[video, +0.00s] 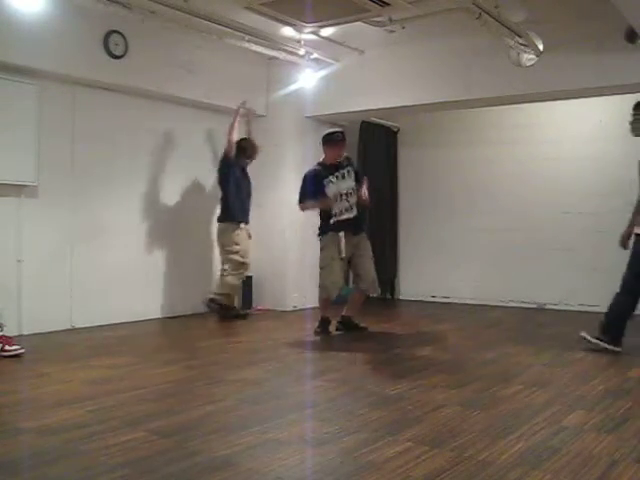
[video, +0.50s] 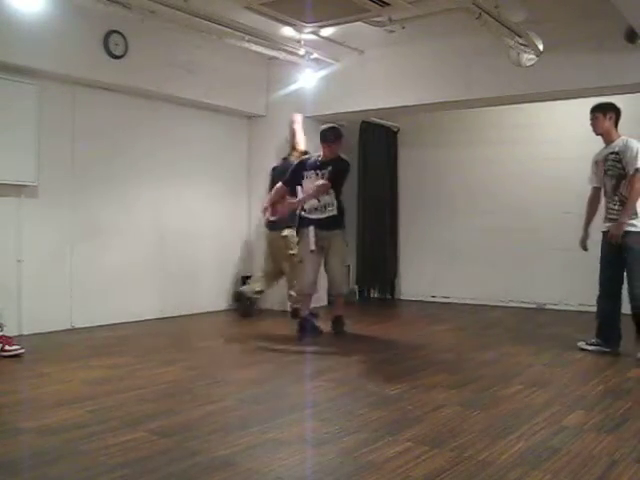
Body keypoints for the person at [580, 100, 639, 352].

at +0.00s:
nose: (633, 123)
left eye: (635, 118)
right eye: (633, 117)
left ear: (639, 120)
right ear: (634, 119)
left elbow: (638, 201)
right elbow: (639, 200)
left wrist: (631, 227)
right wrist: (630, 227)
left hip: (638, 235)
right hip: (638, 234)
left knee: (630, 285)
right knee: (629, 285)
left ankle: (611, 335)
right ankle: (611, 335)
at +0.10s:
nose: (622, 128)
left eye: (625, 121)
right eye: (622, 122)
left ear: (636, 121)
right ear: (632, 122)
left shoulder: (636, 158)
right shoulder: (634, 157)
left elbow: (635, 199)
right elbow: (633, 199)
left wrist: (629, 232)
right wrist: (626, 232)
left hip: (635, 233)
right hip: (632, 233)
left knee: (621, 287)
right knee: (621, 287)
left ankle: (609, 338)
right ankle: (608, 338)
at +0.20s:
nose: (611, 125)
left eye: (614, 119)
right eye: (611, 120)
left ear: (630, 119)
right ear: (628, 120)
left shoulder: (633, 152)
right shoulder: (628, 152)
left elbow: (632, 196)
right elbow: (624, 197)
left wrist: (633, 229)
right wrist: (614, 231)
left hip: (630, 232)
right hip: (625, 231)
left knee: (616, 287)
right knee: (616, 287)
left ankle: (609, 339)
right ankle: (608, 338)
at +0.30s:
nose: (601, 124)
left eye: (604, 119)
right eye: (601, 120)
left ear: (620, 118)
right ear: (616, 120)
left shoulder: (631, 147)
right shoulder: (617, 153)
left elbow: (636, 187)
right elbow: (612, 197)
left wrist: (632, 225)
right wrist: (603, 231)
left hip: (627, 232)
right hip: (616, 231)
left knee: (615, 287)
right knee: (612, 288)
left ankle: (609, 339)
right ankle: (607, 338)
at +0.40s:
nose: (595, 124)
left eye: (599, 119)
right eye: (595, 120)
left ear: (614, 119)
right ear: (608, 121)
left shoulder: (631, 147)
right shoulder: (605, 157)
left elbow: (635, 186)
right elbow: (603, 194)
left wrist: (625, 223)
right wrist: (595, 229)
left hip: (632, 232)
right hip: (613, 232)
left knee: (633, 288)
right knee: (609, 288)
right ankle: (607, 339)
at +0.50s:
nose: (592, 124)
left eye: (596, 119)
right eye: (591, 120)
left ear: (611, 119)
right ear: (600, 122)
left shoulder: (631, 147)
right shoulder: (599, 157)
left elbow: (634, 187)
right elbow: (595, 194)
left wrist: (621, 223)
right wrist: (586, 229)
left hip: (632, 230)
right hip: (610, 231)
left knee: (634, 291)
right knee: (608, 289)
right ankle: (607, 340)